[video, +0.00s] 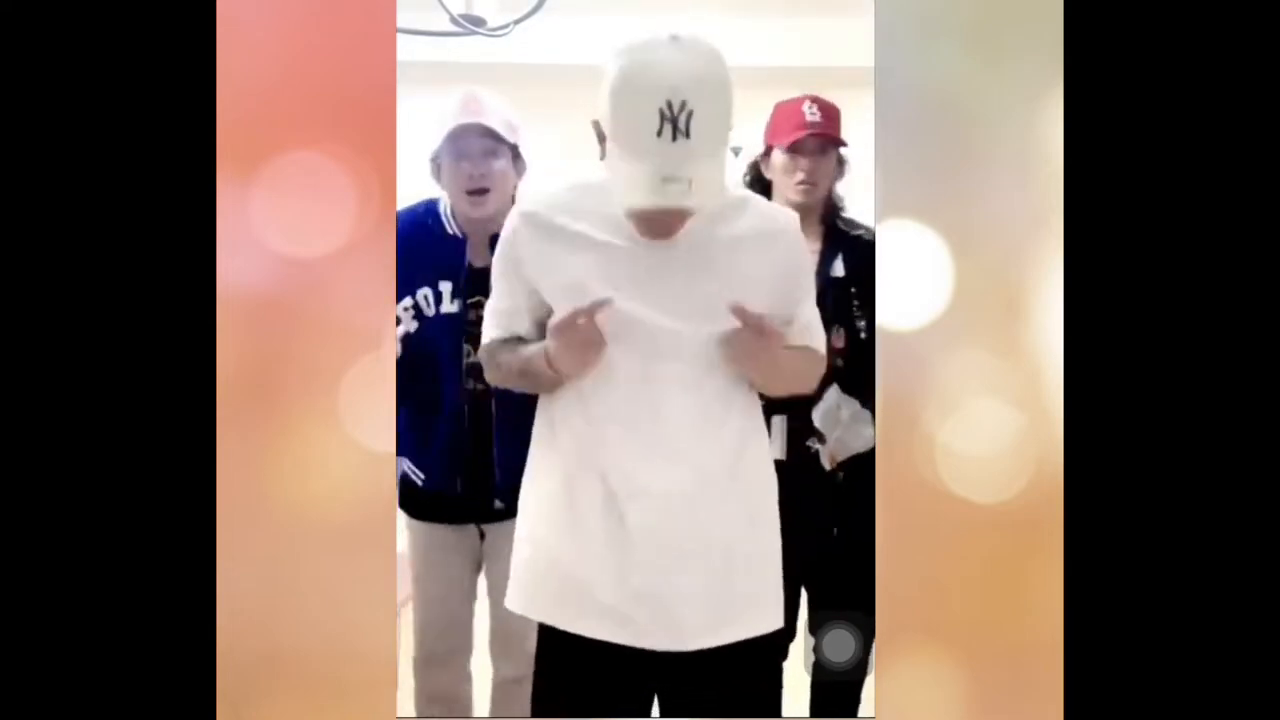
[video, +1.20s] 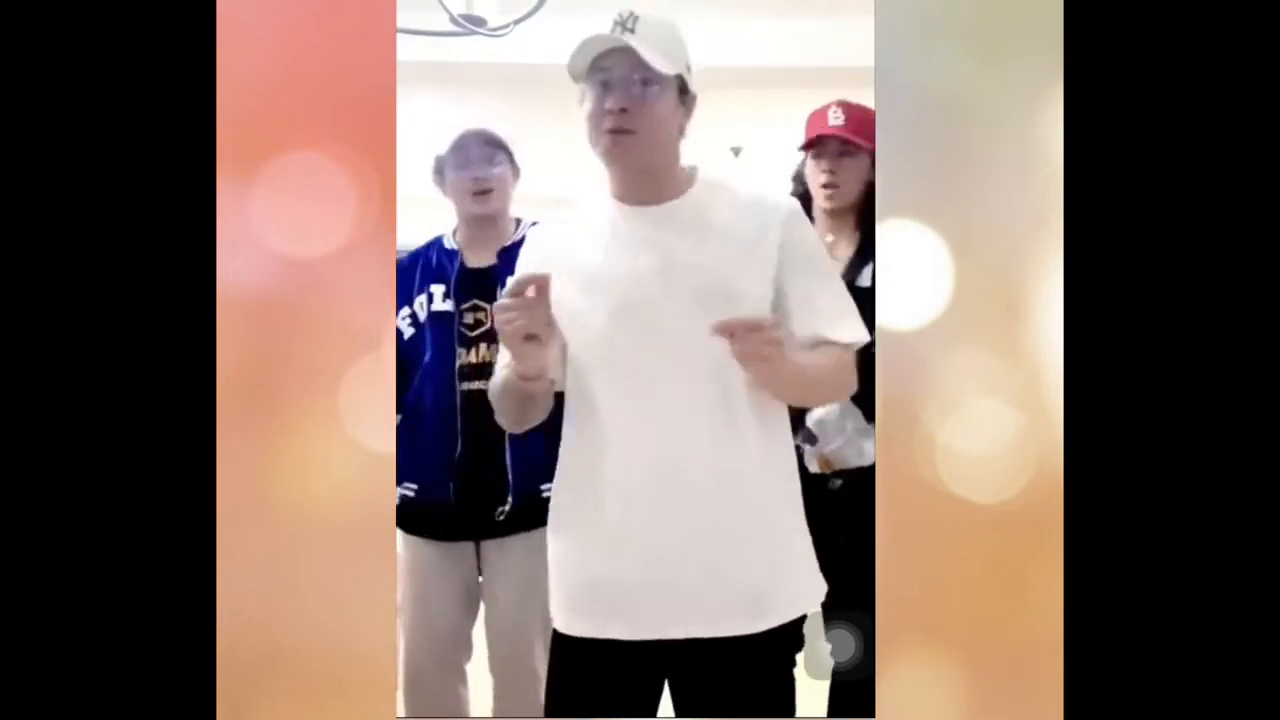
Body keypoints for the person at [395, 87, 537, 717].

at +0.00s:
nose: (477, 168)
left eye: (493, 153)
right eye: (460, 154)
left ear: (519, 168)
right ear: (437, 170)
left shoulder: (544, 241)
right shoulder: (401, 241)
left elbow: (574, 355)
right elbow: (364, 344)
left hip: (526, 483)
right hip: (435, 483)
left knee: (522, 655)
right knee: (438, 653)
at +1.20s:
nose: (479, 173)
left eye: (492, 160)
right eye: (463, 164)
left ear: (515, 176)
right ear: (442, 185)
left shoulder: (551, 260)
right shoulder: (408, 270)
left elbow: (580, 369)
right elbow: (380, 380)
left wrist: (578, 479)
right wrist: (388, 480)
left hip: (526, 500)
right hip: (432, 501)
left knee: (522, 669)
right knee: (429, 669)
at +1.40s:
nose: (475, 171)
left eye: (485, 157)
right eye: (456, 166)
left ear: (510, 169)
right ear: (440, 191)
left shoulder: (549, 247)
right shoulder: (416, 259)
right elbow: (379, 352)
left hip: (525, 494)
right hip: (433, 496)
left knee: (521, 663)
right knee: (429, 664)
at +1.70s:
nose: (498, 179)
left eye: (509, 166)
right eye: (481, 173)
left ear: (534, 181)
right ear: (463, 194)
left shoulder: (563, 263)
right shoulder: (453, 267)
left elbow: (564, 375)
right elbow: (403, 355)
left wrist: (483, 346)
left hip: (525, 498)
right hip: (445, 496)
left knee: (515, 672)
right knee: (421, 658)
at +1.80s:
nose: (510, 169)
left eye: (520, 157)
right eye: (493, 163)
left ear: (544, 175)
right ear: (474, 187)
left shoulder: (572, 252)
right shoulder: (456, 258)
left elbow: (563, 369)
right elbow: (414, 339)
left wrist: (482, 336)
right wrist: (484, 383)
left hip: (541, 484)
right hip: (460, 485)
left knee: (536, 652)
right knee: (442, 645)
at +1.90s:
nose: (518, 173)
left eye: (529, 161)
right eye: (502, 166)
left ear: (553, 178)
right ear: (482, 187)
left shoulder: (581, 261)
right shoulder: (454, 264)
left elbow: (596, 372)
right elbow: (440, 376)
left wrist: (552, 271)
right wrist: (414, 330)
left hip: (547, 490)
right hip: (465, 489)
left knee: (544, 652)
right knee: (449, 650)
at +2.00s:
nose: (522, 174)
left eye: (535, 164)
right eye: (506, 167)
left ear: (557, 186)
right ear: (487, 191)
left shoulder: (588, 269)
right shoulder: (455, 270)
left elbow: (617, 382)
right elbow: (427, 371)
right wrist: (367, 331)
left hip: (555, 505)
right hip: (467, 503)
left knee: (549, 668)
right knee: (441, 659)